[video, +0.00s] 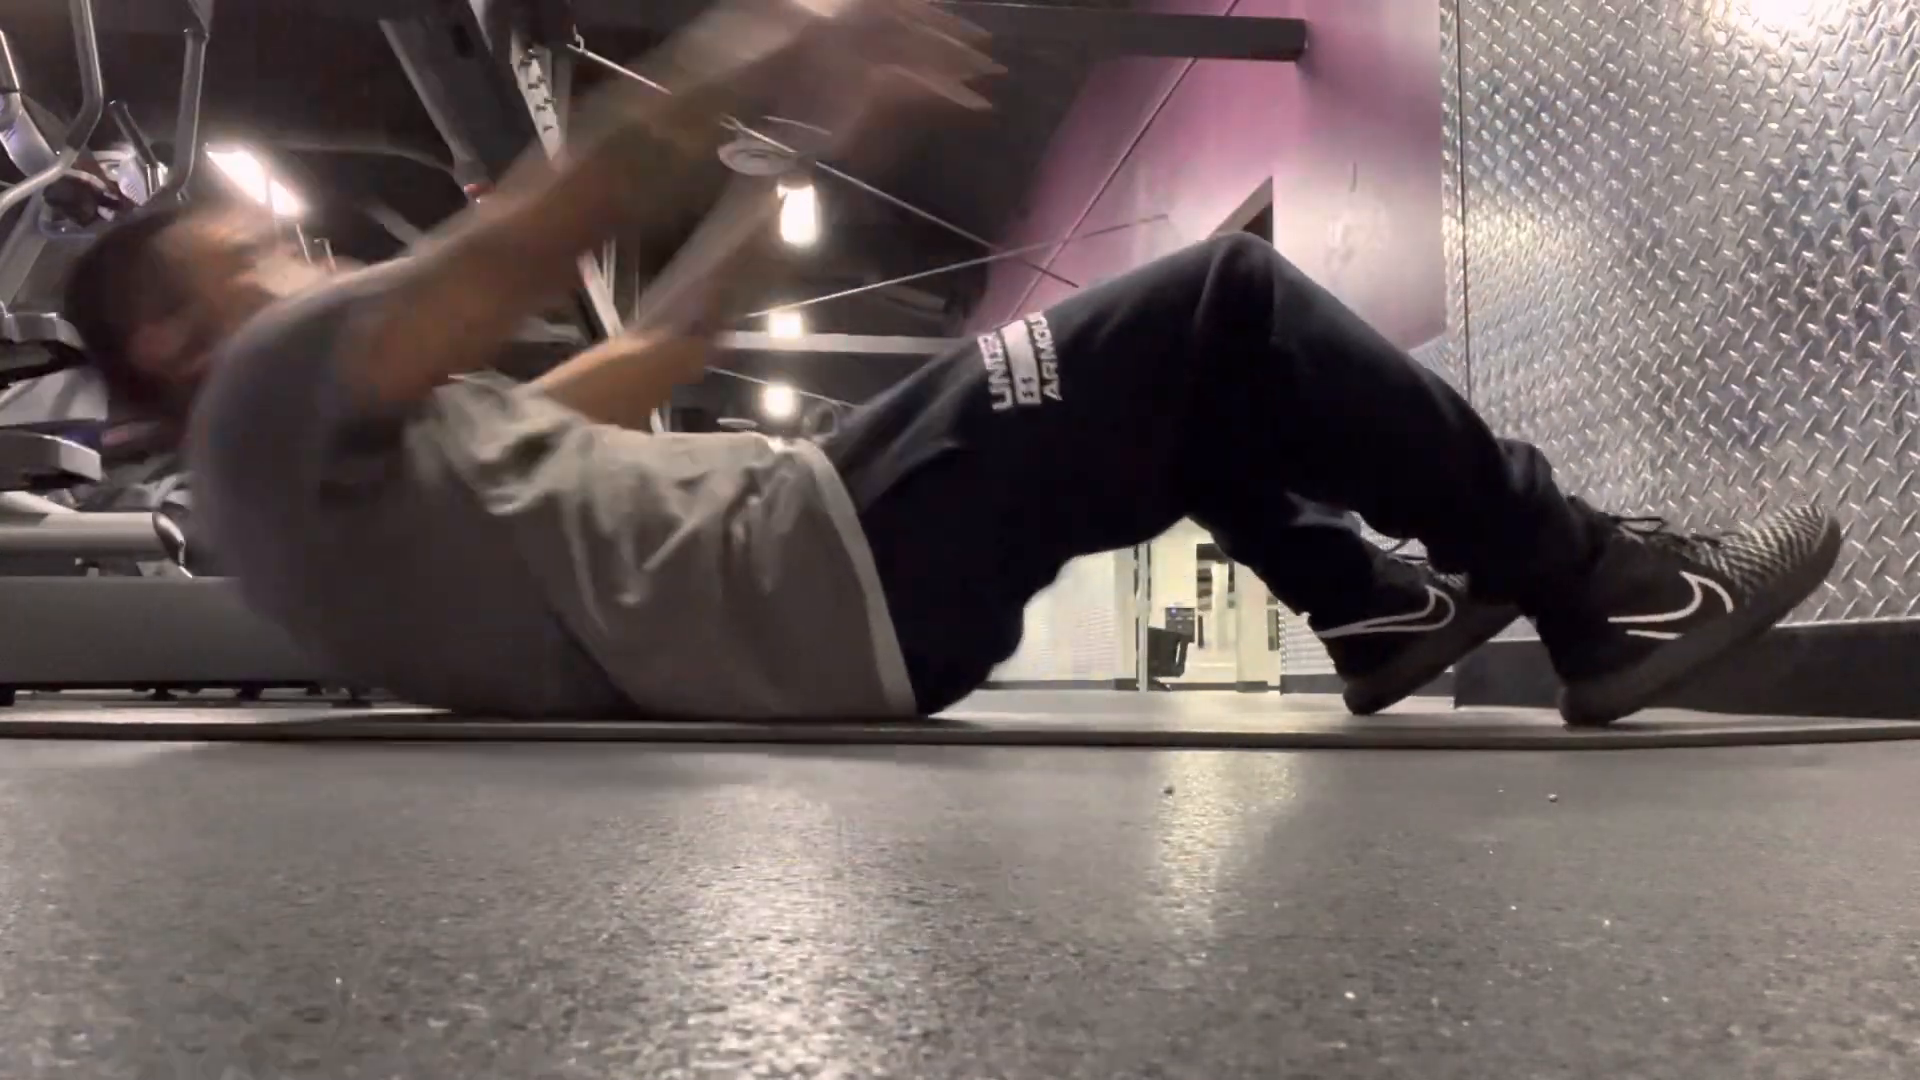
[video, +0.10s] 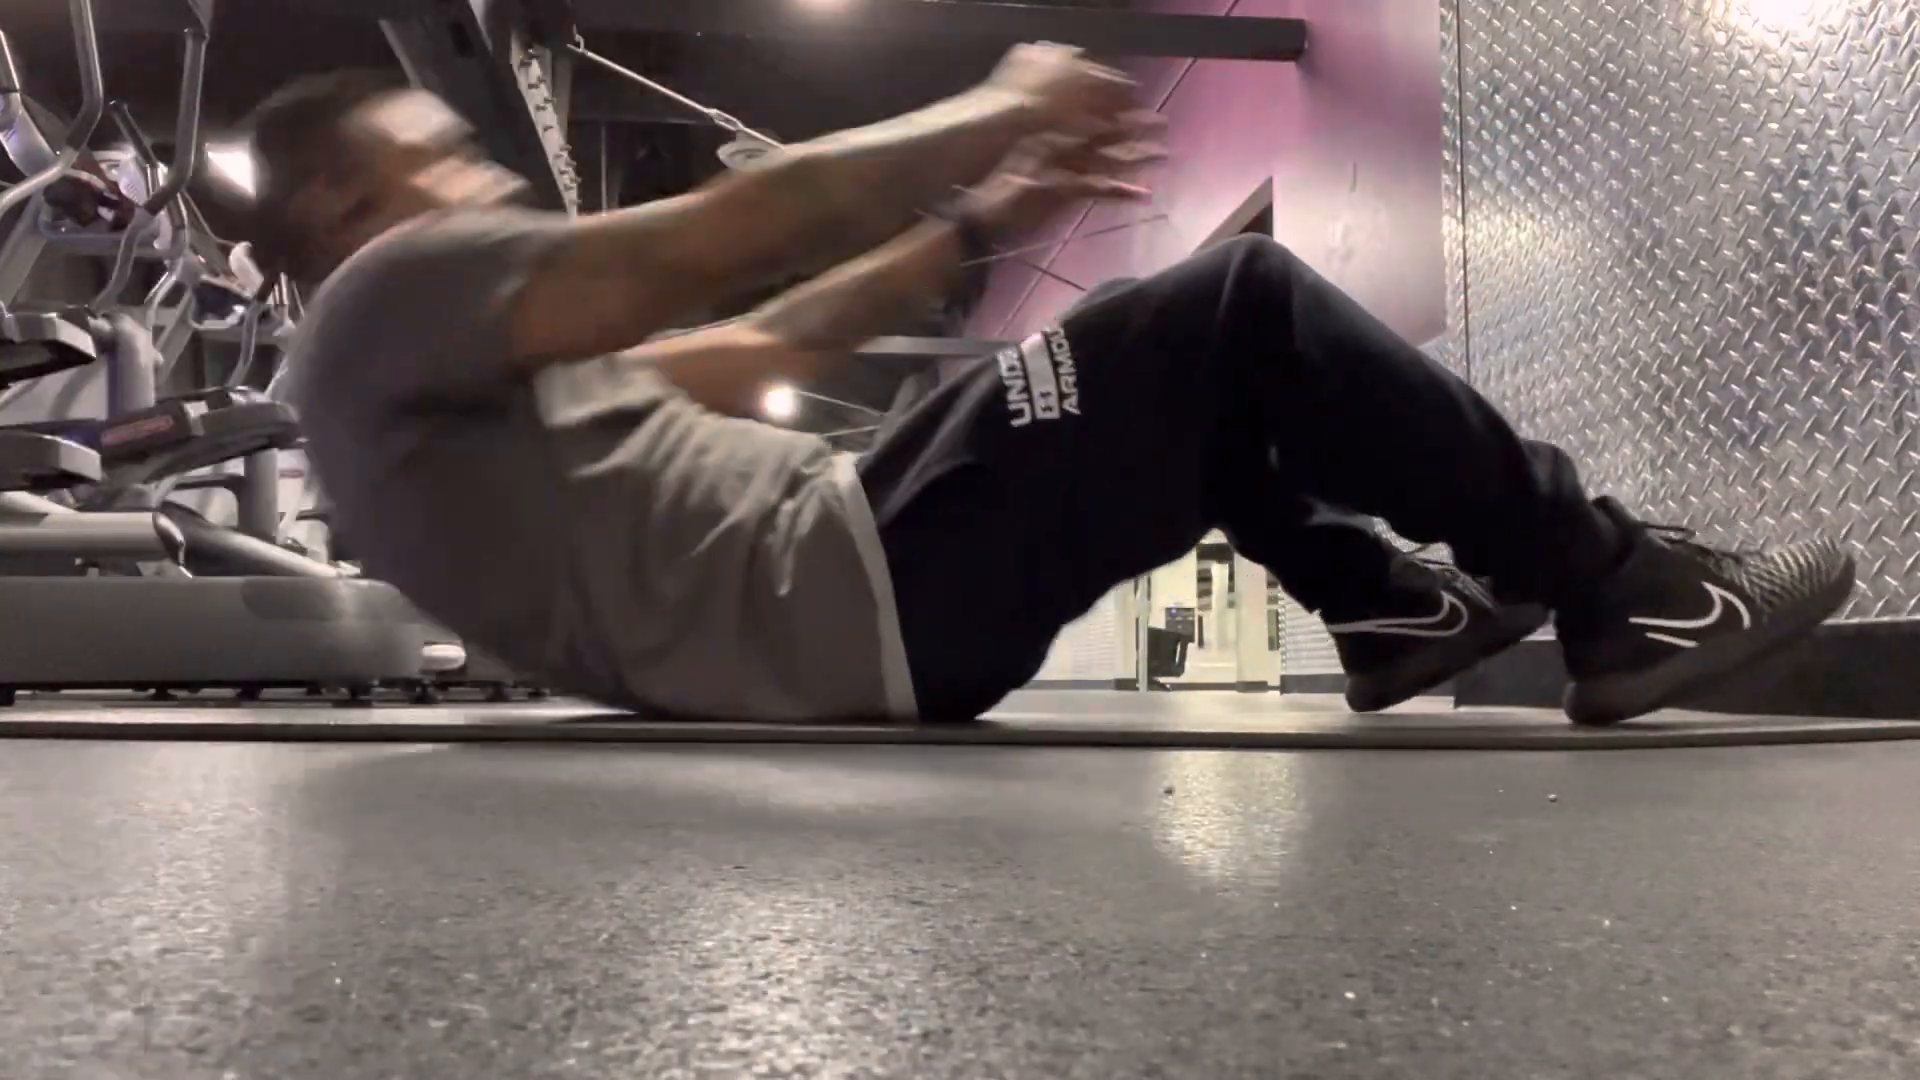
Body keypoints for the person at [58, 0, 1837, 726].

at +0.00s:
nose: (302, 236)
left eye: (281, 223)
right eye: (242, 238)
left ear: (288, 280)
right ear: (151, 356)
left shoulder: (377, 443)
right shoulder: (254, 417)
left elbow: (626, 371)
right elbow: (522, 229)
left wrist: (768, 188)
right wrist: (759, 70)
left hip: (785, 560)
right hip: (807, 597)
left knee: (1141, 361)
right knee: (1220, 305)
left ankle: (1389, 613)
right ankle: (1612, 594)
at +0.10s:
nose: (496, 180)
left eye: (475, 156)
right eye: (446, 163)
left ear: (354, 211)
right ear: (343, 209)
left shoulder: (463, 358)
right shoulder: (378, 308)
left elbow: (754, 356)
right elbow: (706, 236)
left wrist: (976, 220)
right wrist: (986, 118)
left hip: (848, 543)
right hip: (855, 586)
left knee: (1178, 351)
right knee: (1240, 300)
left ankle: (1396, 613)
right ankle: (1630, 588)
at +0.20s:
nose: (647, 93)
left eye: (635, 67)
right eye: (609, 63)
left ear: (481, 96)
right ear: (485, 81)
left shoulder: (537, 260)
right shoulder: (510, 194)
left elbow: (862, 336)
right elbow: (860, 198)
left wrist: (1090, 227)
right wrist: (1137, 118)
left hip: (876, 575)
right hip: (888, 606)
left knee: (1182, 298)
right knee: (1243, 293)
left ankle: (1420, 605)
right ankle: (1638, 591)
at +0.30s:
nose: (809, 43)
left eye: (796, 26)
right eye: (779, 18)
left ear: (637, 29)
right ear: (673, 9)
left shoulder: (649, 229)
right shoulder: (644, 130)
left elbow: (951, 346)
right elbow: (1023, 156)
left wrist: (1189, 220)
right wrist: (1288, 77)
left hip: (902, 601)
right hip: (912, 599)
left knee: (1215, 314)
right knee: (1264, 281)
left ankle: (1428, 603)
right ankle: (1642, 572)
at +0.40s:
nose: (965, 89)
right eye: (944, 72)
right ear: (882, 29)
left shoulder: (769, 191)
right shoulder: (792, 79)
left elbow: (1002, 373)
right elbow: (1116, 151)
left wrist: (1199, 350)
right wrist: (1391, 32)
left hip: (926, 616)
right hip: (948, 610)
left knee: (1207, 362)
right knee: (1270, 278)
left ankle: (1439, 619)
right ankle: (1643, 585)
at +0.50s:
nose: (1174, 44)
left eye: (1181, 26)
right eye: (1160, 14)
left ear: (1045, 8)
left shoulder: (924, 82)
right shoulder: (941, 52)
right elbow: (1078, 161)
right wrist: (1410, 4)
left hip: (941, 613)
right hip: (971, 603)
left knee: (1230, 359)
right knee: (1293, 273)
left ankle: (1445, 619)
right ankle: (1648, 588)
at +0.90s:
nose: (1047, 32)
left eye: (1044, 11)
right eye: (1020, 2)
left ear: (898, 17)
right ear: (927, 2)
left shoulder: (877, 129)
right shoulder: (884, 116)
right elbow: (1107, 301)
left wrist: (1215, 270)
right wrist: (1526, 208)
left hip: (1037, 604)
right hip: (1057, 631)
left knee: (1300, 305)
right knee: (1389, 300)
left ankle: (1458, 624)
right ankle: (1687, 610)